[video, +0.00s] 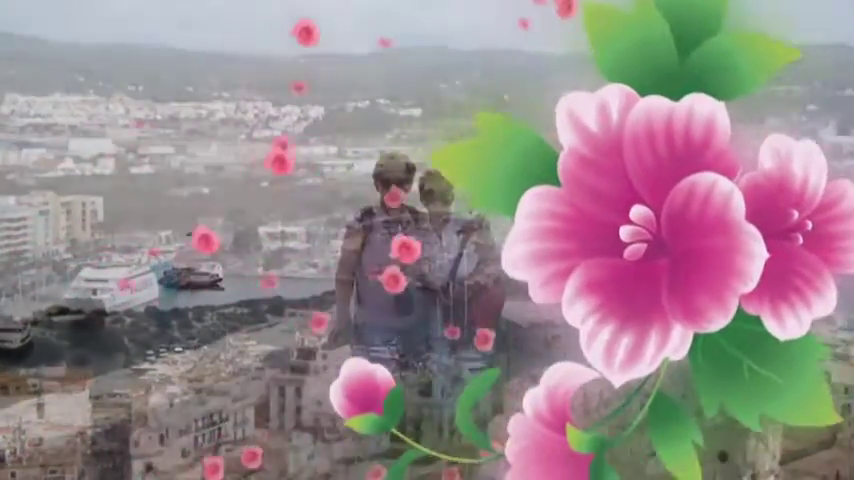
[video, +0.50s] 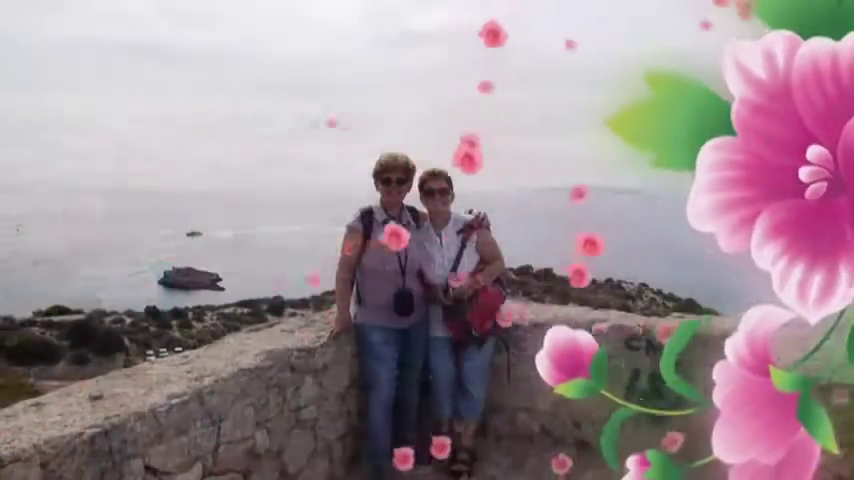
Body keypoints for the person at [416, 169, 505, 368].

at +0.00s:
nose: (438, 208)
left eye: (443, 200)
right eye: (431, 201)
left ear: (451, 199)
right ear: (423, 201)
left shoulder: (472, 228)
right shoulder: (414, 232)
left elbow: (492, 264)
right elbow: (405, 267)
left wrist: (469, 286)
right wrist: (426, 286)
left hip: (465, 299)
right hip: (426, 297)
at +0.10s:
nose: (431, 199)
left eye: (437, 193)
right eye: (426, 193)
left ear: (450, 196)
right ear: (421, 196)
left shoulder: (472, 226)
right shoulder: (412, 230)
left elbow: (495, 265)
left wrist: (467, 287)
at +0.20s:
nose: (437, 199)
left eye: (443, 193)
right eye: (430, 194)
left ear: (452, 196)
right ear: (422, 198)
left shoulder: (473, 227)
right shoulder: (415, 234)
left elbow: (497, 268)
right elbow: (409, 277)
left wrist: (464, 287)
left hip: (471, 320)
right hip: (429, 319)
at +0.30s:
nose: (438, 198)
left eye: (443, 192)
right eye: (430, 193)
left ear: (452, 195)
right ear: (421, 198)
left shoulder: (472, 228)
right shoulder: (417, 233)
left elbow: (496, 262)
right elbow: (406, 269)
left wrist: (471, 284)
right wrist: (425, 290)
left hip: (469, 322)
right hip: (435, 323)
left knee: (469, 389)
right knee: (441, 391)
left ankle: (466, 452)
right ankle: (442, 452)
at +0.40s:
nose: (437, 198)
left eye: (443, 192)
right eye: (430, 193)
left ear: (452, 195)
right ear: (422, 197)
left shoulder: (472, 229)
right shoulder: (418, 235)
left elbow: (498, 263)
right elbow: (409, 273)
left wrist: (471, 285)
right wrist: (427, 290)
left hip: (472, 323)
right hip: (437, 324)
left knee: (472, 387)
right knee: (443, 385)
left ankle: (466, 449)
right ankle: (445, 445)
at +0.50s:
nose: (437, 197)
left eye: (443, 192)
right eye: (430, 193)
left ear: (452, 195)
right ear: (422, 198)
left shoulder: (474, 230)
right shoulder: (418, 237)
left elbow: (498, 263)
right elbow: (410, 278)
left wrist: (472, 284)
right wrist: (433, 292)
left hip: (474, 320)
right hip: (437, 322)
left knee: (472, 384)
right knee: (443, 382)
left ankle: (466, 449)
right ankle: (445, 442)